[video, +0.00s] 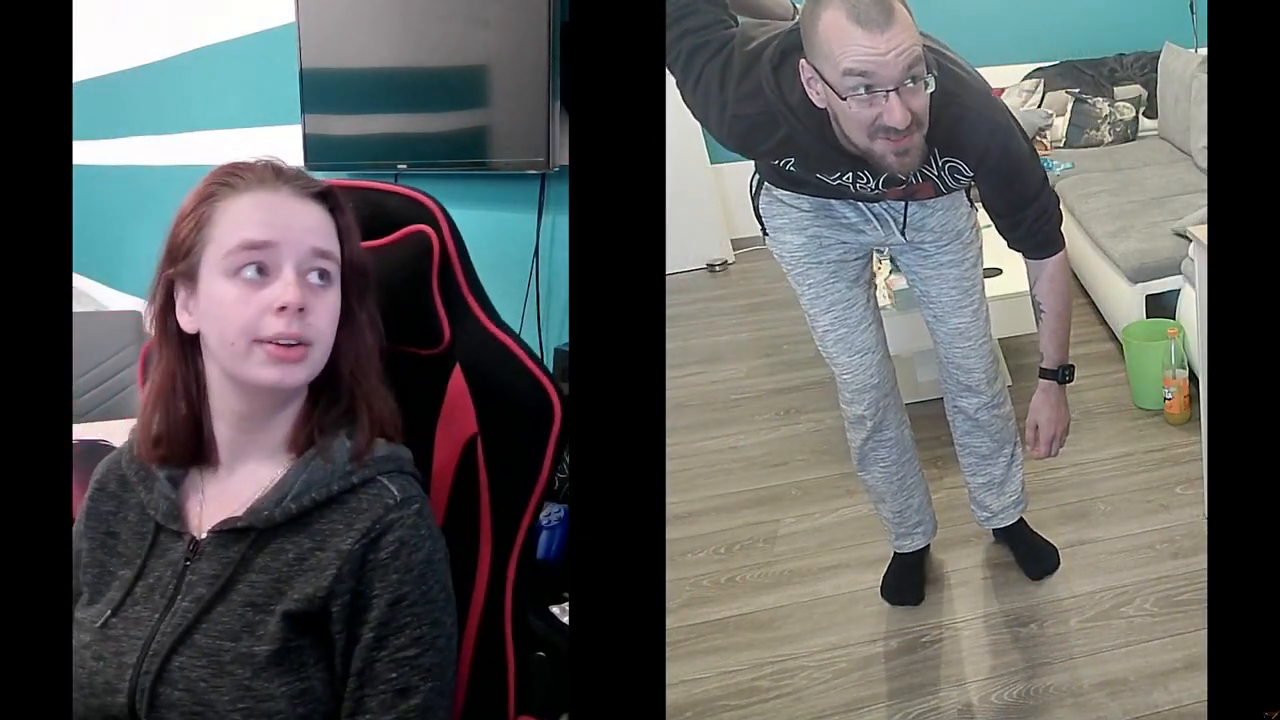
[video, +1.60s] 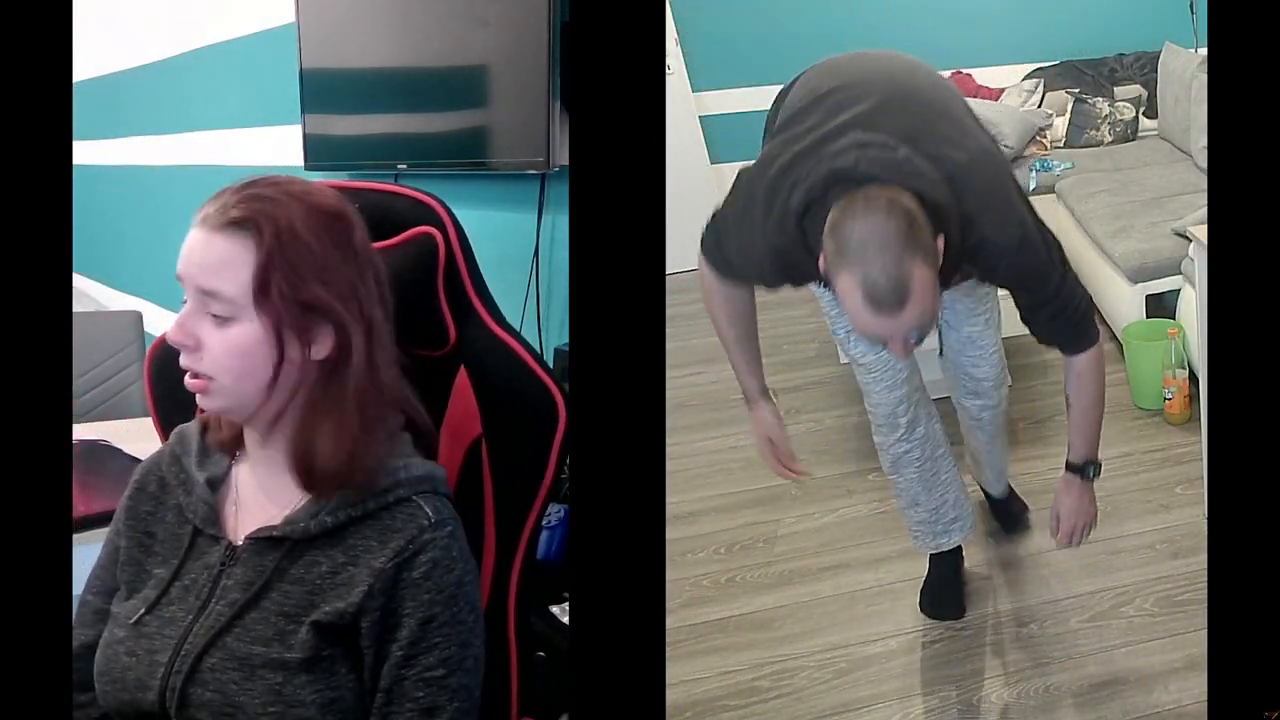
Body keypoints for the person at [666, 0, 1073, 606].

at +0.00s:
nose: (899, 114)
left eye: (911, 80)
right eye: (865, 91)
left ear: (925, 57)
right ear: (813, 84)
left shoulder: (973, 115)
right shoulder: (749, 99)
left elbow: (1045, 241)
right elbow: (682, 13)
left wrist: (1055, 379)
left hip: (936, 197)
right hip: (807, 201)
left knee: (973, 368)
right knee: (864, 388)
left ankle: (1004, 513)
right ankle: (909, 537)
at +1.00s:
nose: (964, 167)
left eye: (984, 140)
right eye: (941, 144)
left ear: (999, 103)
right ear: (893, 114)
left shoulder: (1039, 143)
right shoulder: (825, 103)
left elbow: (1092, 269)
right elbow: (758, 4)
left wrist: (1095, 397)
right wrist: (856, 31)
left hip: (992, 191)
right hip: (871, 177)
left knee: (1002, 356)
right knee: (914, 362)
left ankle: (1010, 514)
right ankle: (925, 532)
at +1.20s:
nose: (948, 211)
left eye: (968, 182)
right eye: (924, 186)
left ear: (988, 134)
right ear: (879, 145)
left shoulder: (1025, 150)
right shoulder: (813, 134)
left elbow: (1087, 276)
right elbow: (739, 23)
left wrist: (1097, 403)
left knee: (997, 354)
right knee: (915, 366)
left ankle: (1010, 516)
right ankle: (946, 541)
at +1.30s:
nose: (939, 238)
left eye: (958, 210)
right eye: (913, 213)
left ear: (977, 147)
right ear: (868, 166)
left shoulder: (1017, 161)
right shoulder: (805, 158)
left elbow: (1083, 285)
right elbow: (715, 34)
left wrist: (1094, 412)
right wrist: (712, 23)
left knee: (991, 355)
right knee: (911, 370)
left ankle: (1010, 516)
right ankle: (945, 542)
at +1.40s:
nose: (922, 280)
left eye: (939, 248)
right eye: (896, 251)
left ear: (965, 182)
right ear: (852, 191)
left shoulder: (1015, 186)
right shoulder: (796, 183)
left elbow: (1080, 306)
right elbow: (706, 117)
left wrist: (1091, 431)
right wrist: (731, 265)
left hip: (950, 78)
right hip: (821, 85)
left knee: (986, 364)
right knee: (903, 377)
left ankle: (1009, 514)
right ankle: (944, 541)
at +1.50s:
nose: (911, 315)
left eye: (927, 291)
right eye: (886, 298)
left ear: (949, 217)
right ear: (837, 229)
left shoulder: (1005, 203)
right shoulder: (781, 196)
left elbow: (1080, 322)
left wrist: (1084, 451)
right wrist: (733, 345)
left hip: (938, 79)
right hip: (812, 89)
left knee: (983, 364)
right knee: (899, 386)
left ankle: (1008, 506)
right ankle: (944, 541)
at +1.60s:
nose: (902, 351)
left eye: (917, 330)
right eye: (880, 338)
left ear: (938, 252)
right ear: (825, 266)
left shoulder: (994, 224)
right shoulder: (771, 227)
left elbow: (1083, 341)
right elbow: (717, 264)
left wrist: (1082, 472)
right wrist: (757, 399)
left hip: (927, 90)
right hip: (804, 101)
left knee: (984, 376)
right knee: (892, 400)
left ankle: (995, 483)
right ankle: (941, 542)